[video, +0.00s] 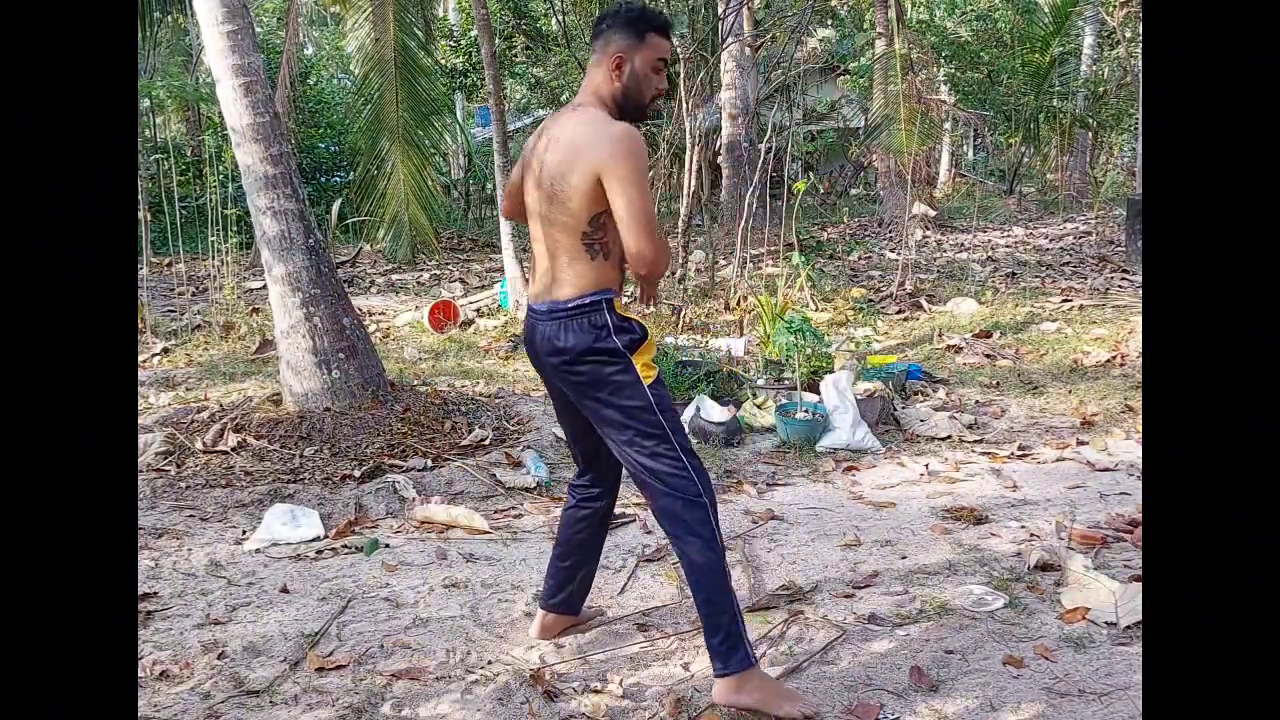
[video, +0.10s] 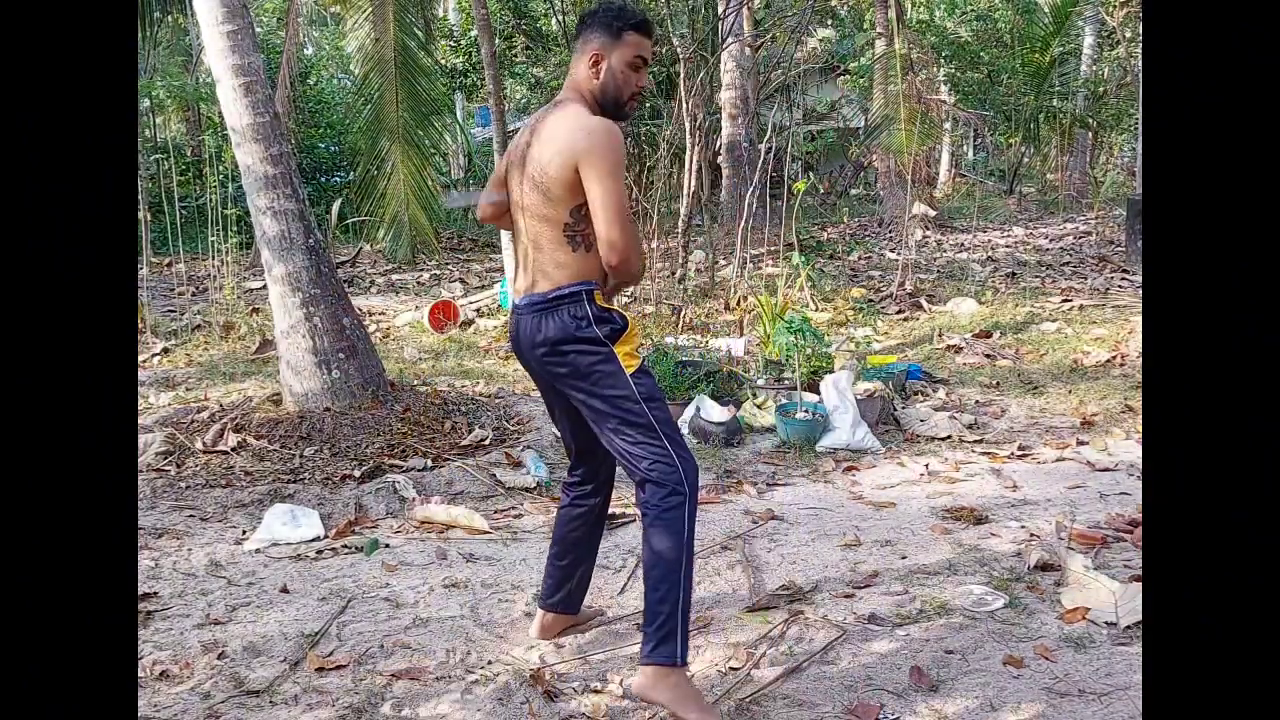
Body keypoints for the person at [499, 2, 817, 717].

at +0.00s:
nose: (664, 86)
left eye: (667, 70)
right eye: (659, 69)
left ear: (607, 66)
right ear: (615, 62)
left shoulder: (549, 128)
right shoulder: (615, 139)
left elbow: (511, 206)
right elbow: (645, 264)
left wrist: (579, 213)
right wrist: (651, 255)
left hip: (546, 331)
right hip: (595, 333)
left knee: (596, 474)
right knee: (685, 490)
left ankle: (558, 608)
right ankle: (737, 672)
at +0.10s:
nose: (643, 84)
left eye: (647, 70)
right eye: (637, 67)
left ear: (587, 65)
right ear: (593, 60)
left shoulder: (532, 129)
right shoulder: (593, 130)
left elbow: (490, 207)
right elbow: (621, 258)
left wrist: (562, 224)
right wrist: (618, 275)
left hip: (533, 326)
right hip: (576, 324)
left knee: (590, 470)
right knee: (669, 477)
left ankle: (558, 608)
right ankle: (663, 667)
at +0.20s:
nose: (629, 82)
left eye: (634, 70)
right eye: (619, 66)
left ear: (576, 73)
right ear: (574, 65)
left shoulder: (530, 137)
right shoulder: (582, 134)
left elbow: (496, 251)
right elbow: (600, 260)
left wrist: (580, 231)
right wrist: (615, 237)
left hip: (525, 326)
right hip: (564, 324)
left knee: (593, 474)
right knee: (647, 482)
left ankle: (559, 607)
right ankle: (613, 673)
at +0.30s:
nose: (625, 87)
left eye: (631, 75)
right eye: (614, 71)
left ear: (582, 78)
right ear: (571, 69)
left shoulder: (534, 138)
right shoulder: (578, 143)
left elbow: (504, 253)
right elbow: (599, 267)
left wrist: (599, 238)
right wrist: (635, 243)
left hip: (524, 330)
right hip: (557, 331)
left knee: (595, 474)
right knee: (626, 492)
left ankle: (562, 606)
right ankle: (601, 695)